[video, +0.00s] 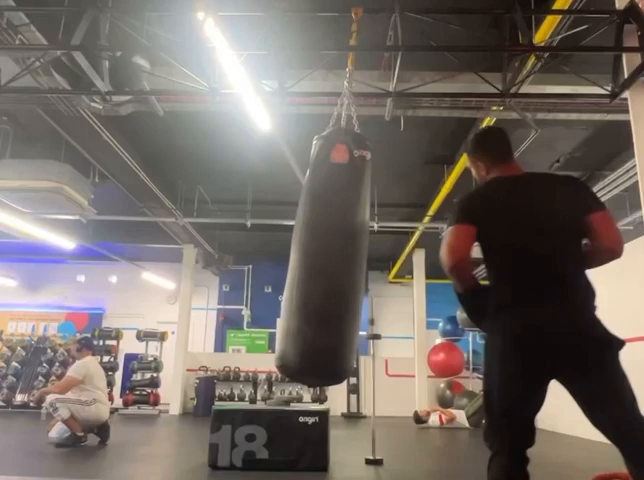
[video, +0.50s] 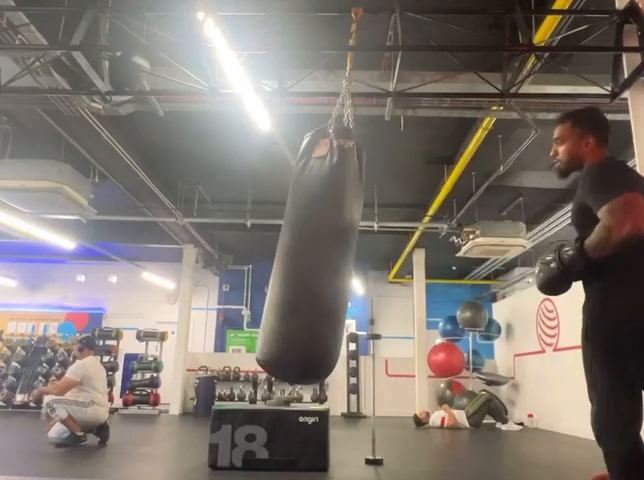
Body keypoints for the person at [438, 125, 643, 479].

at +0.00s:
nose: (473, 176)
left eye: (472, 169)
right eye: (472, 169)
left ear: (478, 165)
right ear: (511, 155)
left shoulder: (476, 202)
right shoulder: (568, 187)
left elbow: (453, 259)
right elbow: (612, 245)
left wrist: (475, 296)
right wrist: (567, 259)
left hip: (515, 340)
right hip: (579, 333)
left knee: (507, 450)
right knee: (633, 435)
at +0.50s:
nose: (553, 150)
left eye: (560, 141)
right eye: (554, 142)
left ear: (588, 141)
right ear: (591, 143)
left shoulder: (600, 173)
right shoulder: (620, 174)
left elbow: (622, 221)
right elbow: (626, 227)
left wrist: (572, 263)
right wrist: (572, 258)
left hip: (616, 309)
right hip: (625, 306)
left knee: (614, 414)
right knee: (621, 409)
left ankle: (623, 470)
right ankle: (626, 468)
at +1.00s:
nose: (526, 179)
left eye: (527, 169)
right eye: (524, 171)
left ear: (546, 163)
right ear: (565, 162)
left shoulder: (535, 202)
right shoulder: (625, 190)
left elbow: (470, 229)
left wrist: (421, 240)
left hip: (586, 333)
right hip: (637, 323)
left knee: (602, 434)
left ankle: (617, 476)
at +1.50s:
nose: (561, 176)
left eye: (564, 167)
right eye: (559, 169)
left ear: (590, 161)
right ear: (597, 164)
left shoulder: (588, 189)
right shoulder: (636, 193)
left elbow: (577, 239)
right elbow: (632, 255)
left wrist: (532, 277)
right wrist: (585, 279)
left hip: (607, 324)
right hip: (640, 320)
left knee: (595, 423)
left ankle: (615, 475)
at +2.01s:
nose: (589, 193)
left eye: (591, 180)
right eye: (586, 185)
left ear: (618, 168)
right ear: (618, 171)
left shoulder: (640, 208)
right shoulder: (634, 217)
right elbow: (634, 266)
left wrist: (628, 266)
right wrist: (614, 281)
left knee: (636, 407)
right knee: (636, 407)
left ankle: (635, 469)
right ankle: (633, 468)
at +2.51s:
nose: (527, 201)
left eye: (528, 191)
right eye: (524, 194)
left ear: (549, 181)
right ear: (555, 181)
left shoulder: (576, 203)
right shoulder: (603, 202)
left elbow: (580, 253)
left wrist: (525, 259)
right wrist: (540, 242)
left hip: (603, 324)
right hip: (632, 321)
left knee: (549, 409)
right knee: (640, 410)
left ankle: (558, 475)